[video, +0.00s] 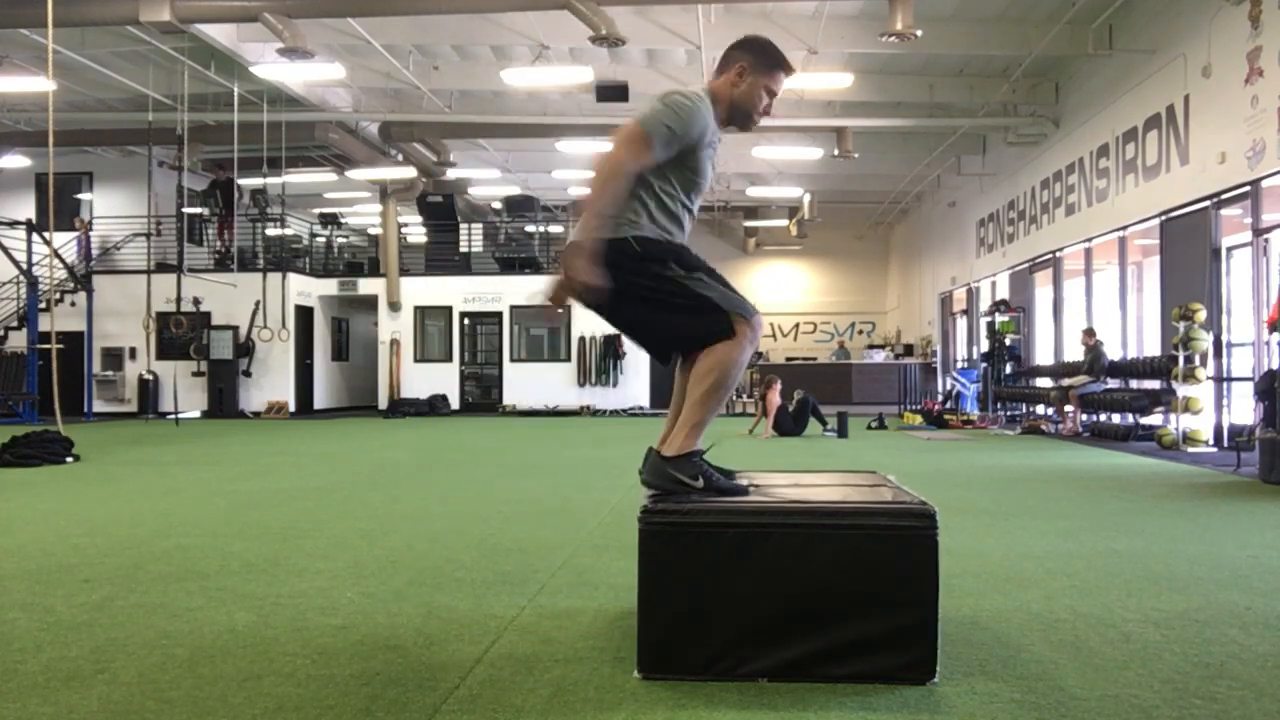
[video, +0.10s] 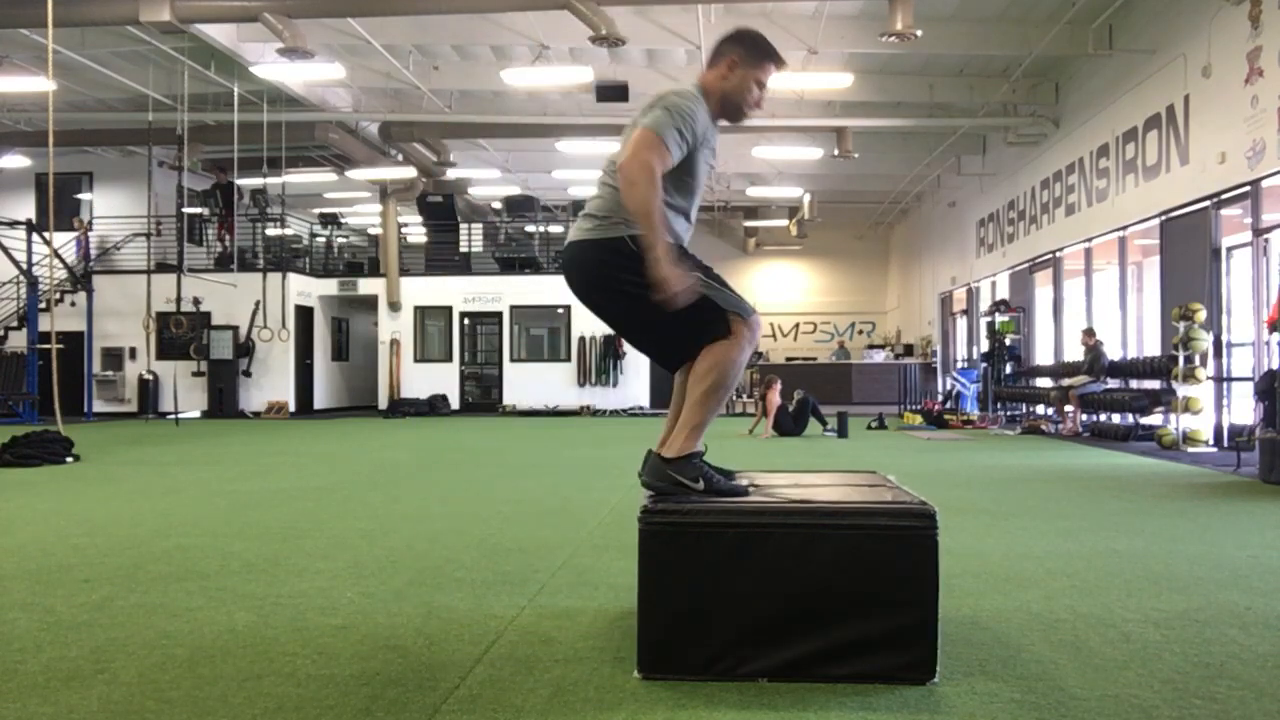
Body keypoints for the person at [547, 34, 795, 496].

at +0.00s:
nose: (769, 108)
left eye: (774, 99)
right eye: (767, 93)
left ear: (737, 79)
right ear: (737, 74)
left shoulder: (701, 128)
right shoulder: (691, 108)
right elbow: (619, 160)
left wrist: (574, 266)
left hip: (619, 255)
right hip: (632, 247)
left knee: (708, 342)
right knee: (743, 327)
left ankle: (668, 456)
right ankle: (680, 454)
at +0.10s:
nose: (760, 99)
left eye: (764, 90)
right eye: (757, 84)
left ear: (727, 70)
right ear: (727, 66)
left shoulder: (697, 121)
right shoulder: (686, 106)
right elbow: (637, 164)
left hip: (602, 251)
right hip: (617, 244)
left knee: (704, 348)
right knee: (740, 328)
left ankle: (668, 458)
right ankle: (681, 456)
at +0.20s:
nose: (736, 66)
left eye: (742, 57)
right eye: (733, 50)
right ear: (700, 30)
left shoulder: (687, 101)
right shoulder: (658, 67)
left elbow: (670, 188)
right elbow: (615, 124)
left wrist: (722, 229)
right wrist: (683, 190)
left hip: (621, 226)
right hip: (600, 221)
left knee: (704, 323)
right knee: (710, 313)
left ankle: (673, 455)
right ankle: (675, 455)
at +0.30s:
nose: (714, 25)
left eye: (720, 17)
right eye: (710, 11)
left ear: (708, 15)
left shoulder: (678, 63)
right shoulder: (627, 19)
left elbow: (670, 135)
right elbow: (575, 82)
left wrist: (688, 192)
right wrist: (649, 127)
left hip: (616, 194)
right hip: (565, 181)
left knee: (681, 294)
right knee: (643, 292)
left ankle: (664, 444)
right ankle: (654, 446)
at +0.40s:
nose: (680, 11)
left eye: (684, 5)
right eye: (675, 3)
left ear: (675, 8)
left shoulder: (663, 45)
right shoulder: (584, 13)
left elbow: (654, 116)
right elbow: (514, 66)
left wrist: (643, 182)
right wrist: (587, 113)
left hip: (611, 182)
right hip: (547, 177)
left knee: (659, 283)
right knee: (599, 285)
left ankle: (602, 391)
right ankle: (565, 429)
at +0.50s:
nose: (643, 17)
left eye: (650, 9)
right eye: (635, 6)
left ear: (654, 11)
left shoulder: (647, 58)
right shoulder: (544, 28)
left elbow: (638, 113)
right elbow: (467, 82)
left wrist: (622, 168)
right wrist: (505, 145)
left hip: (603, 208)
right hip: (533, 206)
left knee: (628, 320)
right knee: (528, 326)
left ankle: (598, 440)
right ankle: (496, 451)